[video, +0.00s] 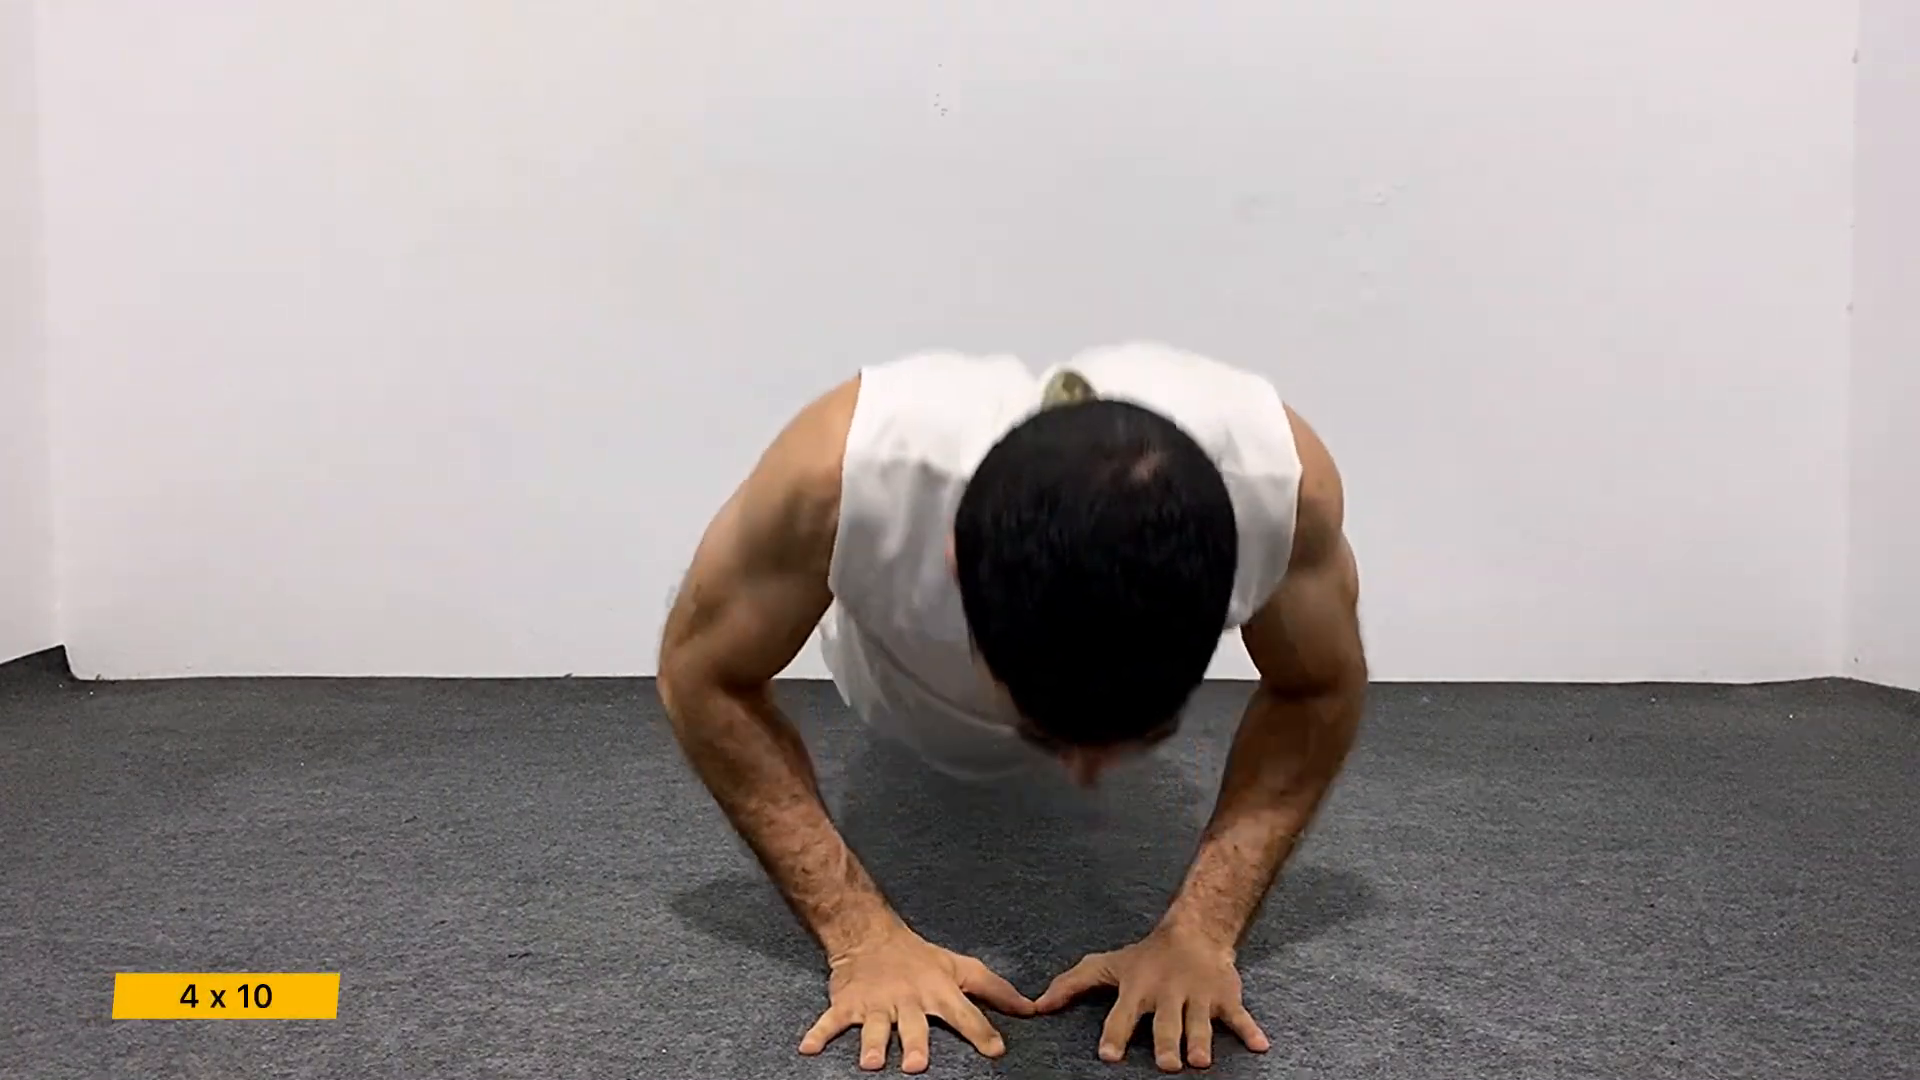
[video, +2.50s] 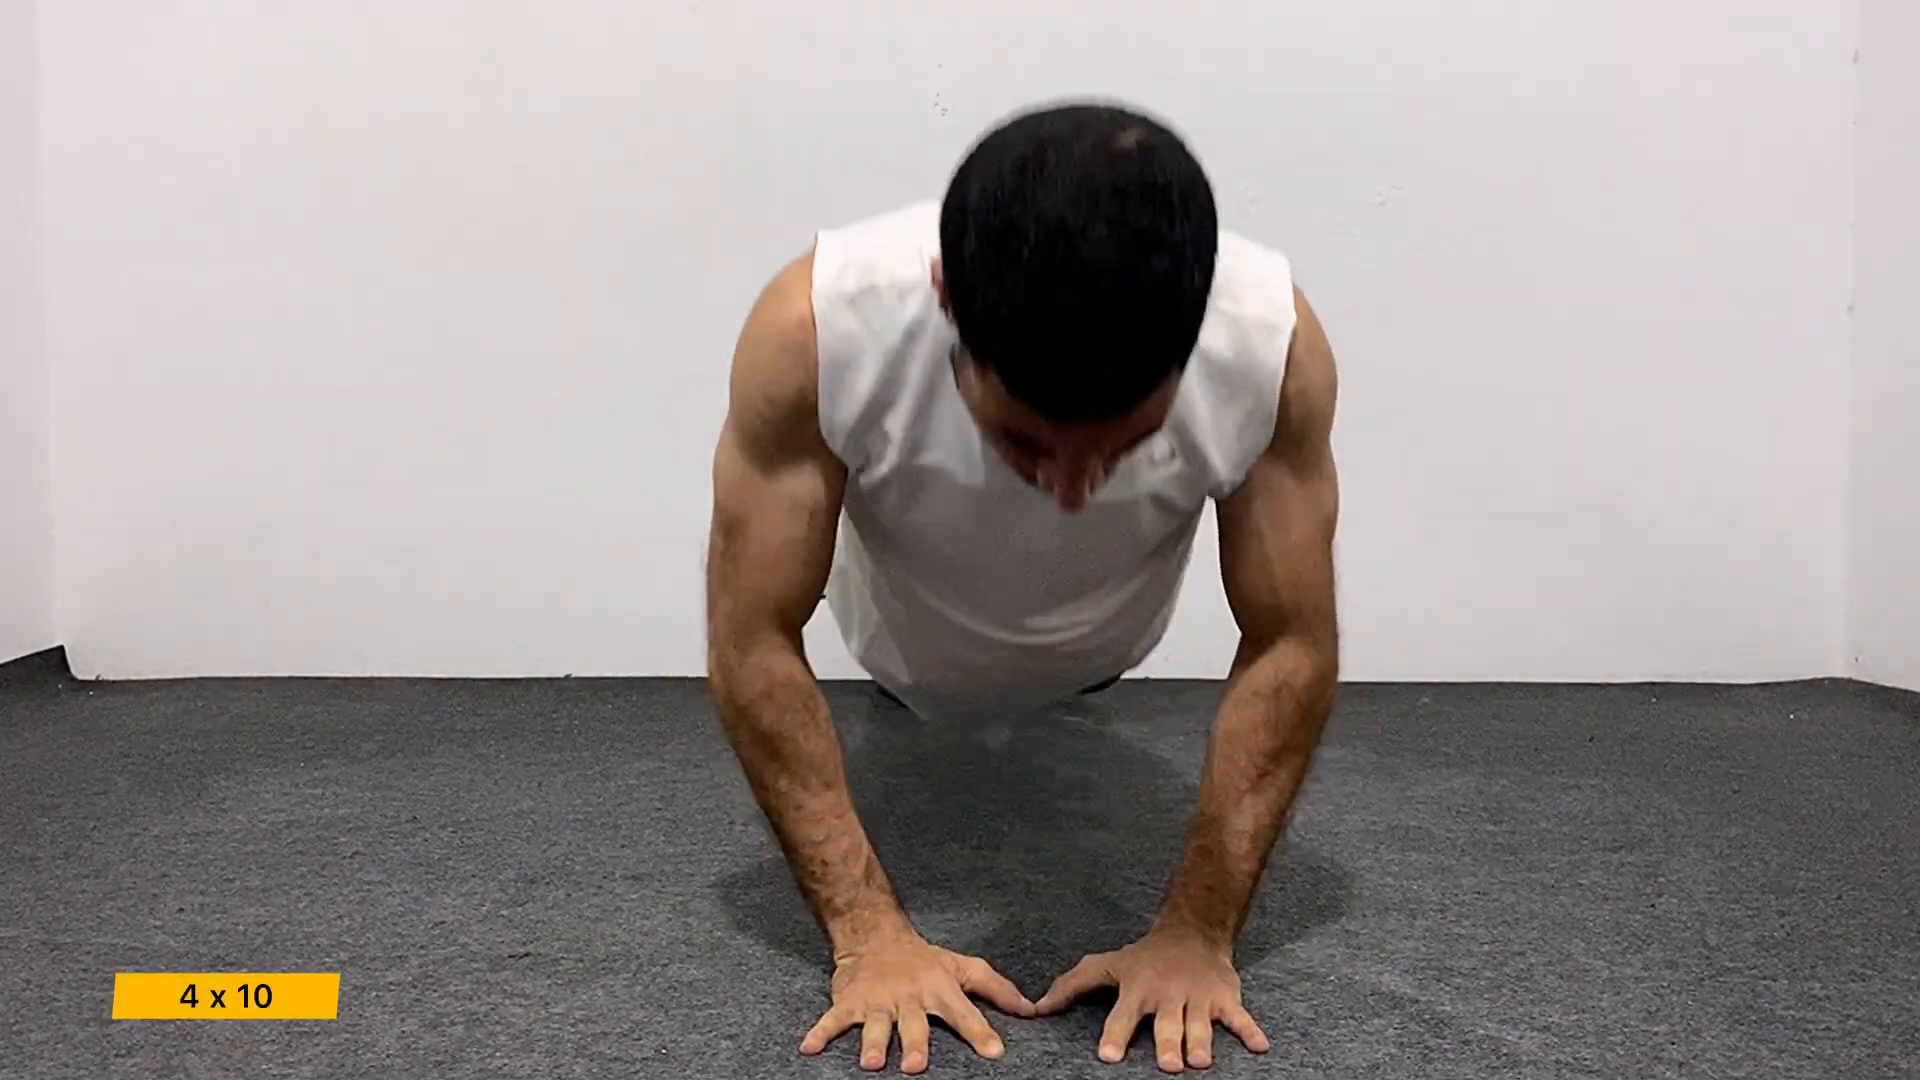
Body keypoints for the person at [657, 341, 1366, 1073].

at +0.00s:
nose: (1088, 772)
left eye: (1134, 739)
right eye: (1050, 734)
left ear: (1213, 612)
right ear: (964, 573)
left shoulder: (1286, 485)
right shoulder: (834, 472)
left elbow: (1316, 687)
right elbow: (701, 673)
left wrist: (1201, 928)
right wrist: (862, 933)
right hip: (916, 696)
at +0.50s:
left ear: (1222, 814)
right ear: (948, 841)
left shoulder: (1300, 690)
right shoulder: (832, 687)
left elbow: (1355, 714)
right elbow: (689, 689)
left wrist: (1224, 945)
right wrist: (858, 934)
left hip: (1106, 620)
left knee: (1039, 592)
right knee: (907, 594)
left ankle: (1014, 563)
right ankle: (904, 566)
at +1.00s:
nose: (1068, 455)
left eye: (1117, 416)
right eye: (1027, 411)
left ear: (1183, 327)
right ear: (953, 295)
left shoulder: (1268, 312)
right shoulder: (819, 291)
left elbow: (1277, 630)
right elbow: (770, 624)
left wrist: (1195, 932)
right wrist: (869, 932)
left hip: (1098, 614)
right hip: (914, 614)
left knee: (1062, 663)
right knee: (918, 675)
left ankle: (1030, 670)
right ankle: (917, 678)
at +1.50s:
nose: (1077, 579)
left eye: (1130, 542)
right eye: (1034, 540)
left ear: (1204, 428)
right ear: (948, 392)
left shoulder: (1270, 382)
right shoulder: (820, 371)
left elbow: (1294, 652)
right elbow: (747, 649)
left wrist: (1200, 927)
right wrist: (868, 935)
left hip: (1118, 666)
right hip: (908, 674)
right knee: (915, 698)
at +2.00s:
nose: (1095, 1072)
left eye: (1134, 1052)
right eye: (1062, 1048)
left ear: (1235, 875)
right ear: (964, 852)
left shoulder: (1301, 694)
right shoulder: (835, 703)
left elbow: (1356, 695)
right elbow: (698, 679)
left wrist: (1225, 939)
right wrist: (857, 931)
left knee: (1055, 624)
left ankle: (1019, 576)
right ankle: (904, 590)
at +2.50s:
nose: (1071, 490)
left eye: (1123, 440)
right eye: (1027, 440)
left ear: (1179, 347)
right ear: (947, 301)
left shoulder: (1270, 349)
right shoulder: (814, 334)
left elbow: (1290, 644)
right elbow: (749, 641)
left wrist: (1197, 929)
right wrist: (869, 933)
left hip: (1105, 656)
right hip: (904, 656)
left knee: (1088, 675)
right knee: (904, 675)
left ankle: (1075, 672)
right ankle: (910, 678)